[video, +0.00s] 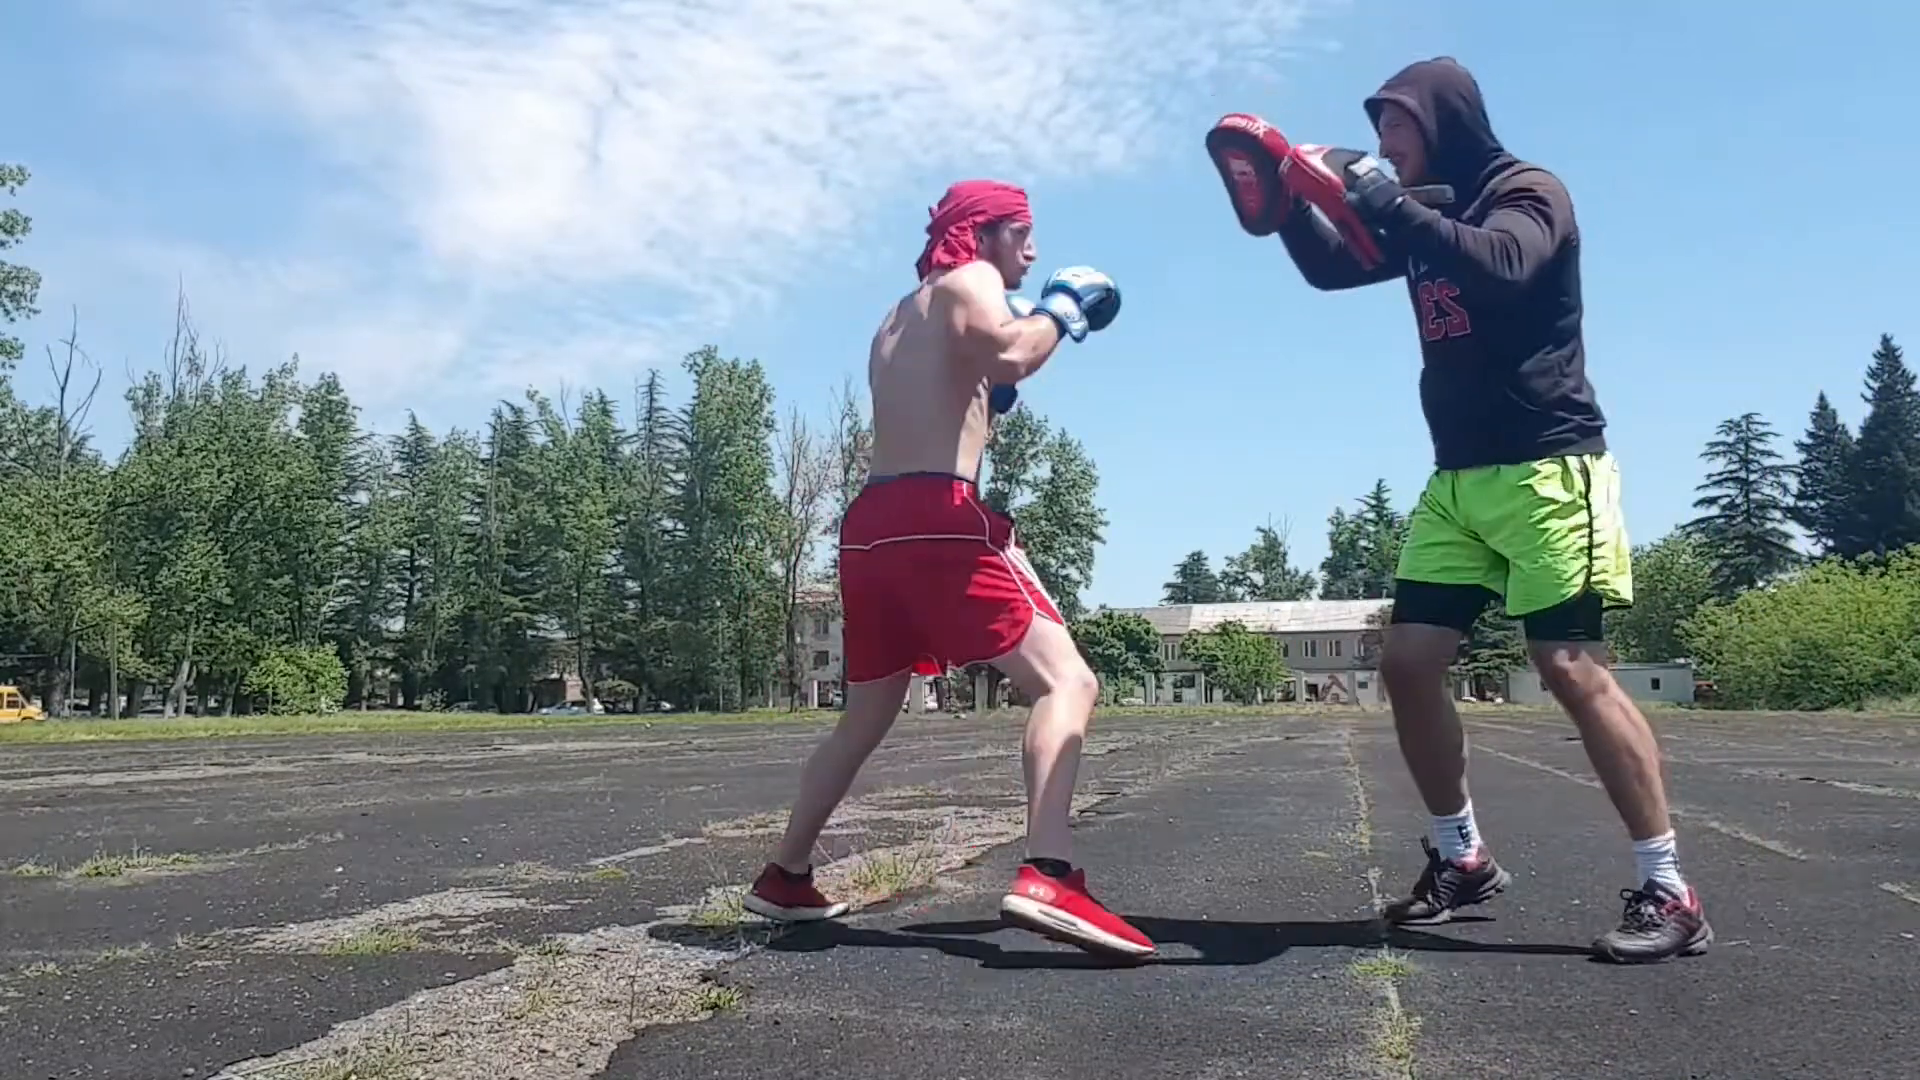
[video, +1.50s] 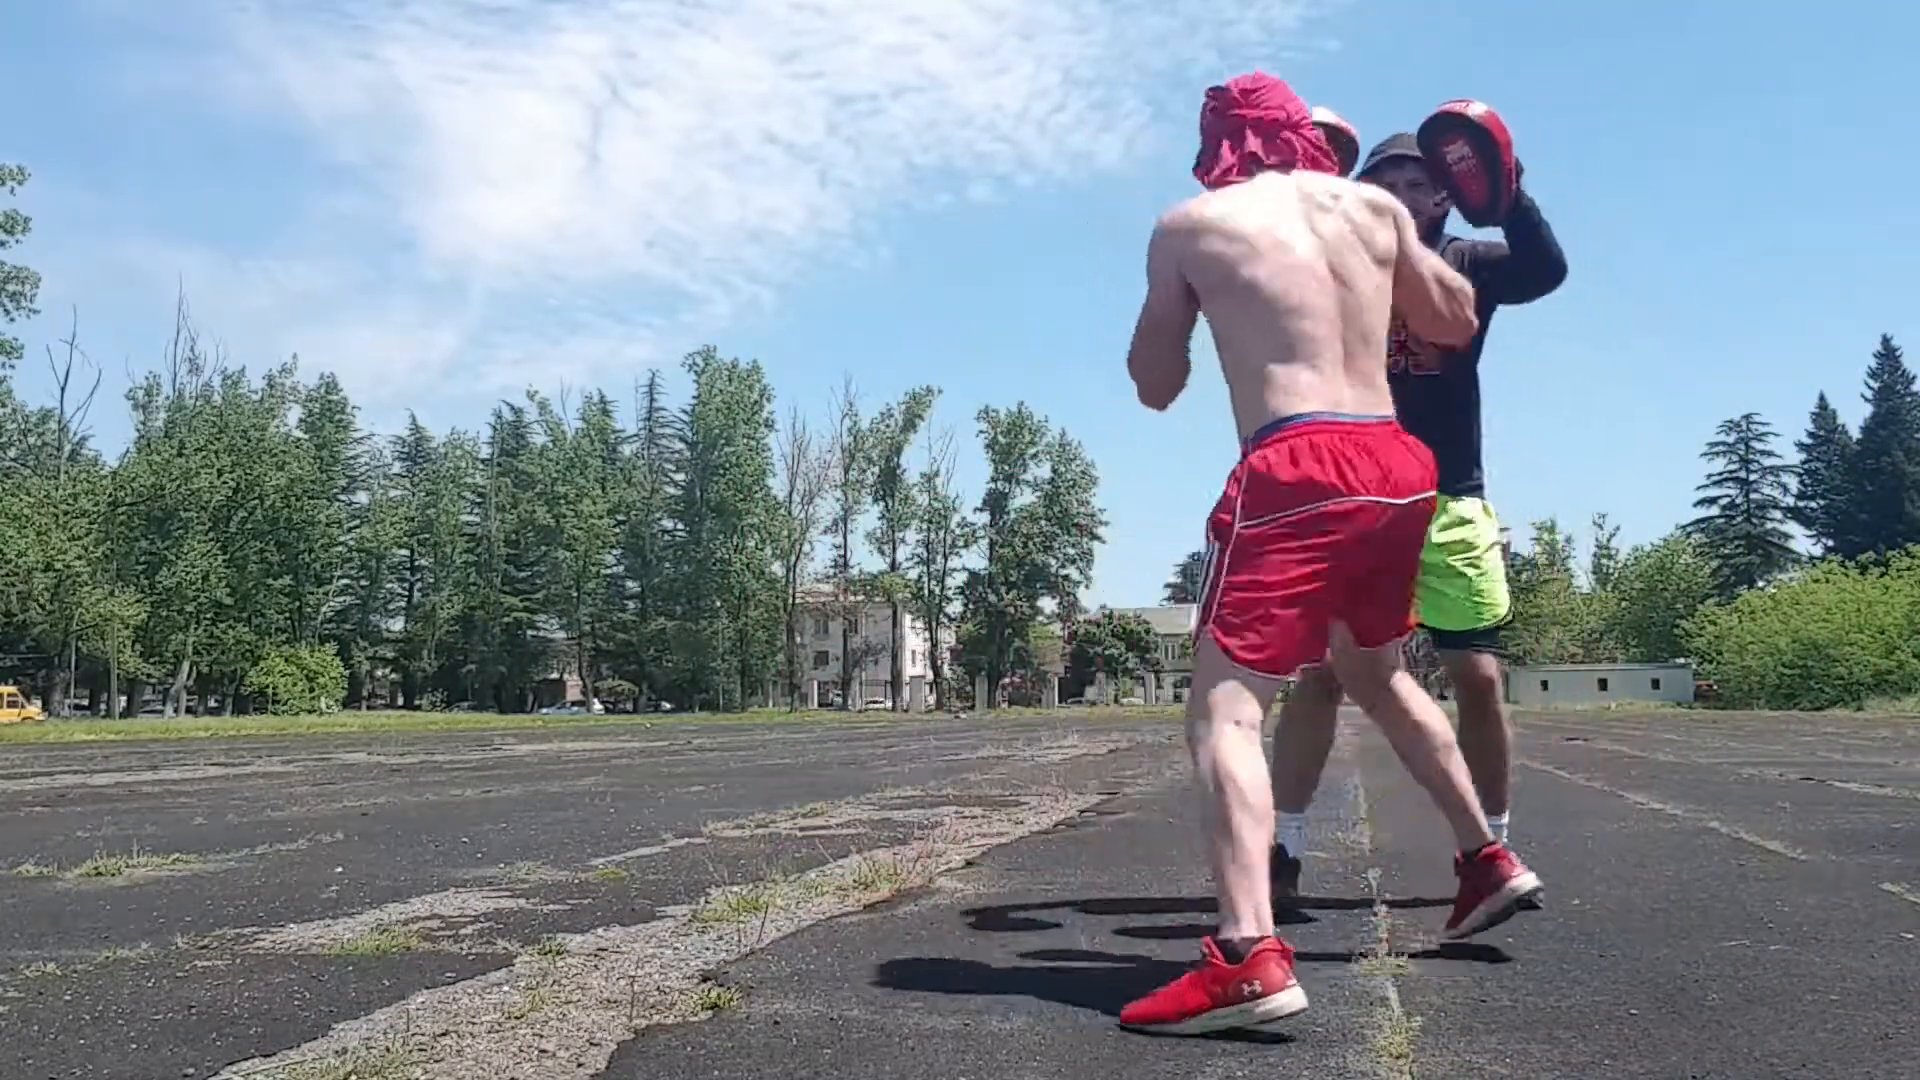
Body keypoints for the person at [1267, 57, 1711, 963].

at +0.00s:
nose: (1381, 136)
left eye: (1393, 119)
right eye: (1380, 122)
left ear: (1443, 119)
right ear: (1413, 129)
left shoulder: (1531, 192)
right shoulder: (1415, 213)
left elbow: (1504, 261)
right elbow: (1329, 268)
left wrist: (1393, 204)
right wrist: (1286, 200)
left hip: (1551, 474)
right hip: (1458, 483)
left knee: (1572, 667)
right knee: (1408, 663)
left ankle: (1668, 892)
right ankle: (1462, 863)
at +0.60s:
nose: (1454, 162)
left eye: (1474, 147)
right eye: (1448, 152)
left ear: (1518, 157)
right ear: (1445, 165)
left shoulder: (1558, 224)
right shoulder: (1448, 248)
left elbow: (1531, 254)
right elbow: (1383, 304)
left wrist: (1441, 192)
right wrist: (1320, 286)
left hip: (1545, 492)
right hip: (1452, 489)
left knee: (1593, 677)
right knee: (1386, 640)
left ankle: (1632, 860)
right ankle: (1443, 826)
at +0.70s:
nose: (1461, 154)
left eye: (1479, 142)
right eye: (1452, 145)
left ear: (1516, 159)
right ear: (1439, 166)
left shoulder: (1563, 235)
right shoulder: (1441, 257)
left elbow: (1636, 271)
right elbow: (1374, 345)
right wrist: (1323, 330)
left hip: (1544, 487)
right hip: (1451, 486)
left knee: (1589, 673)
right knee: (1389, 646)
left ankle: (1629, 856)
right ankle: (1442, 804)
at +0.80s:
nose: (1457, 167)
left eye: (1473, 152)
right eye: (1444, 158)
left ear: (1510, 163)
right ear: (1435, 179)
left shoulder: (1565, 243)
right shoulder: (1432, 267)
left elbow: (1675, 328)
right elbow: (1394, 362)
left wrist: (1632, 275)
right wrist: (1335, 369)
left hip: (1543, 490)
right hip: (1445, 490)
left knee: (1590, 674)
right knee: (1409, 660)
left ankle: (1632, 860)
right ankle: (1437, 809)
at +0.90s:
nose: (1454, 176)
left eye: (1471, 162)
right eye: (1441, 167)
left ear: (1503, 173)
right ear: (1428, 184)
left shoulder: (1550, 252)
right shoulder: (1409, 272)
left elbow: (1636, 348)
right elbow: (1340, 369)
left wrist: (1627, 340)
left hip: (1535, 495)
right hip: (1436, 499)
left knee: (1582, 679)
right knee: (1429, 676)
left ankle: (1630, 858)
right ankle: (1439, 834)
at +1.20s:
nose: (1431, 197)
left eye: (1447, 185)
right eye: (1418, 186)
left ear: (1475, 195)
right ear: (1400, 199)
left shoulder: (1512, 261)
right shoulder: (1375, 265)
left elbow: (1598, 302)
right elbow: (1308, 295)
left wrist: (1558, 225)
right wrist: (1296, 215)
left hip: (1491, 496)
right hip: (1395, 495)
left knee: (1501, 679)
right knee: (1395, 678)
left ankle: (1496, 846)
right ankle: (1414, 840)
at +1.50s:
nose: (1405, 193)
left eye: (1421, 180)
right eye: (1389, 179)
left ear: (1445, 196)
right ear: (1361, 191)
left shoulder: (1467, 264)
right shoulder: (1336, 260)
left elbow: (1545, 270)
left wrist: (1507, 191)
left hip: (1451, 497)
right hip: (1359, 498)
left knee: (1480, 675)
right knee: (1314, 679)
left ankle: (1493, 849)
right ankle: (1280, 847)